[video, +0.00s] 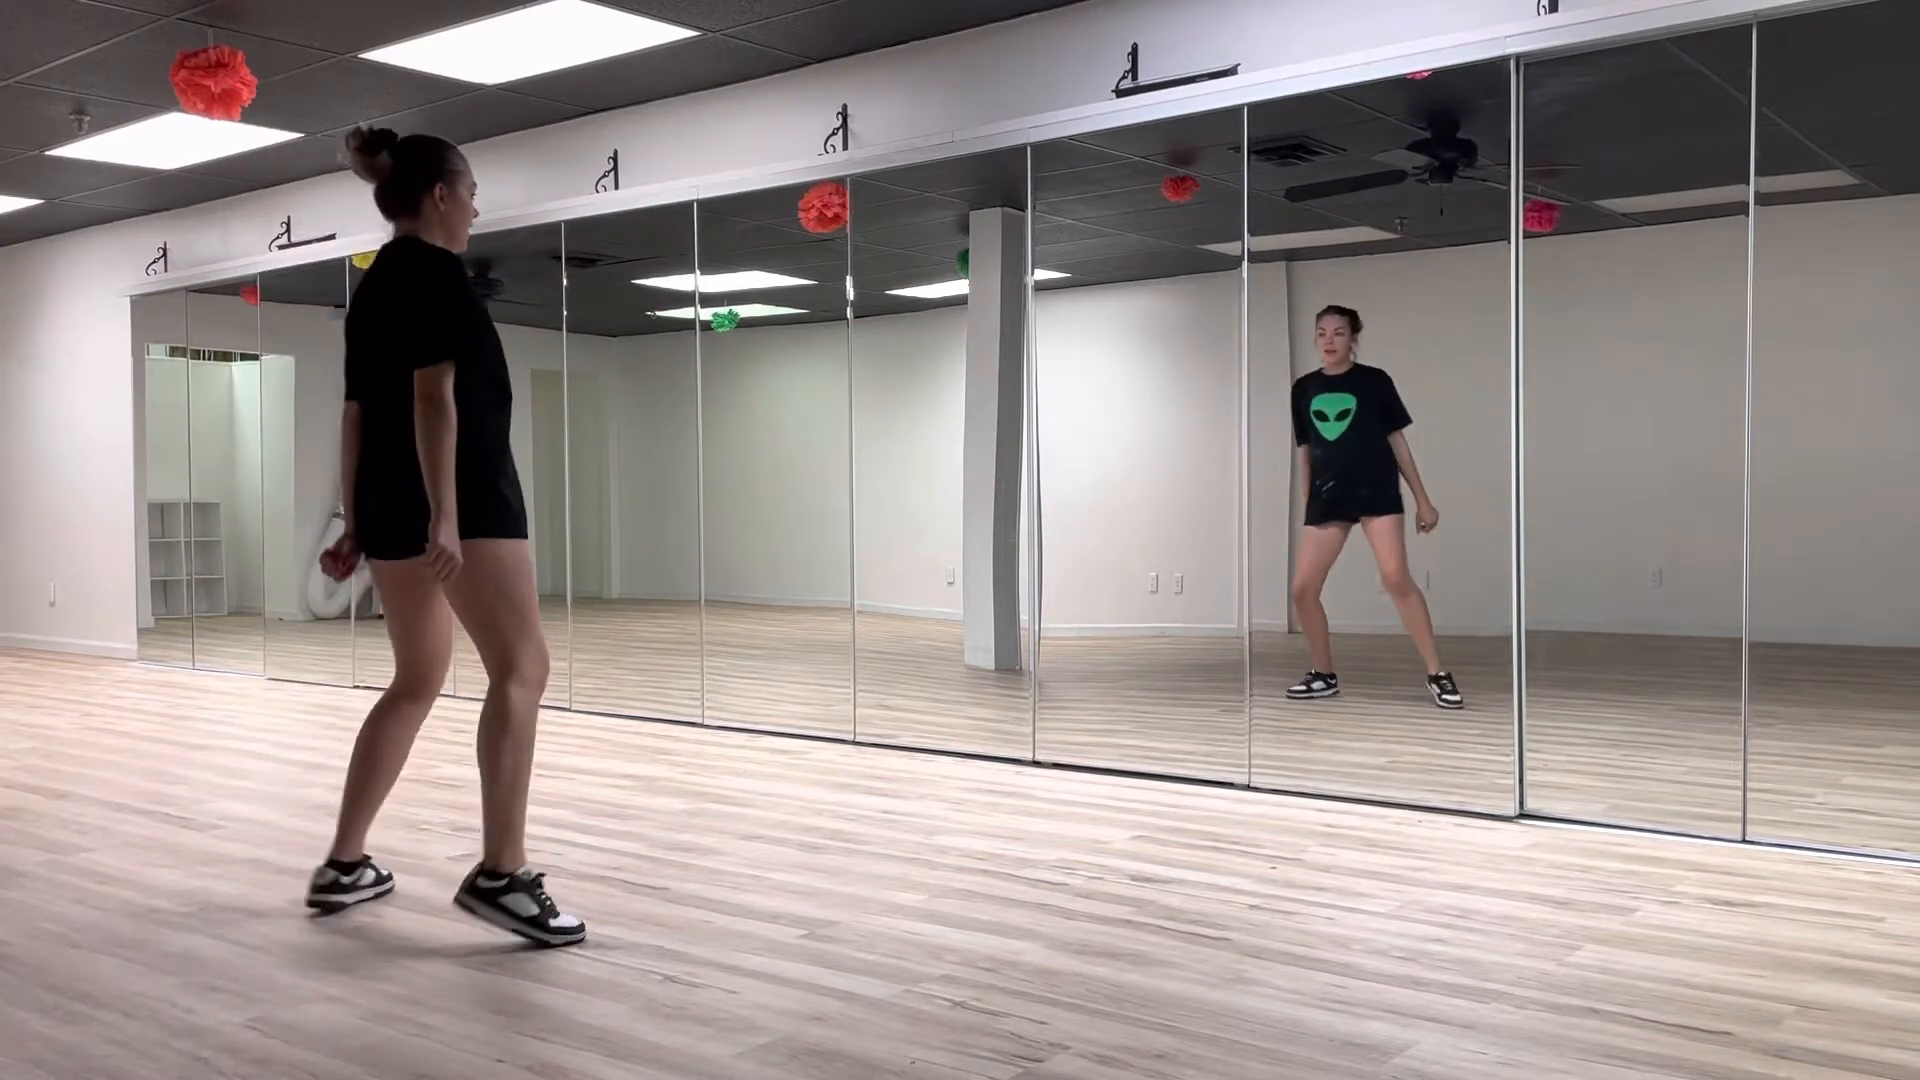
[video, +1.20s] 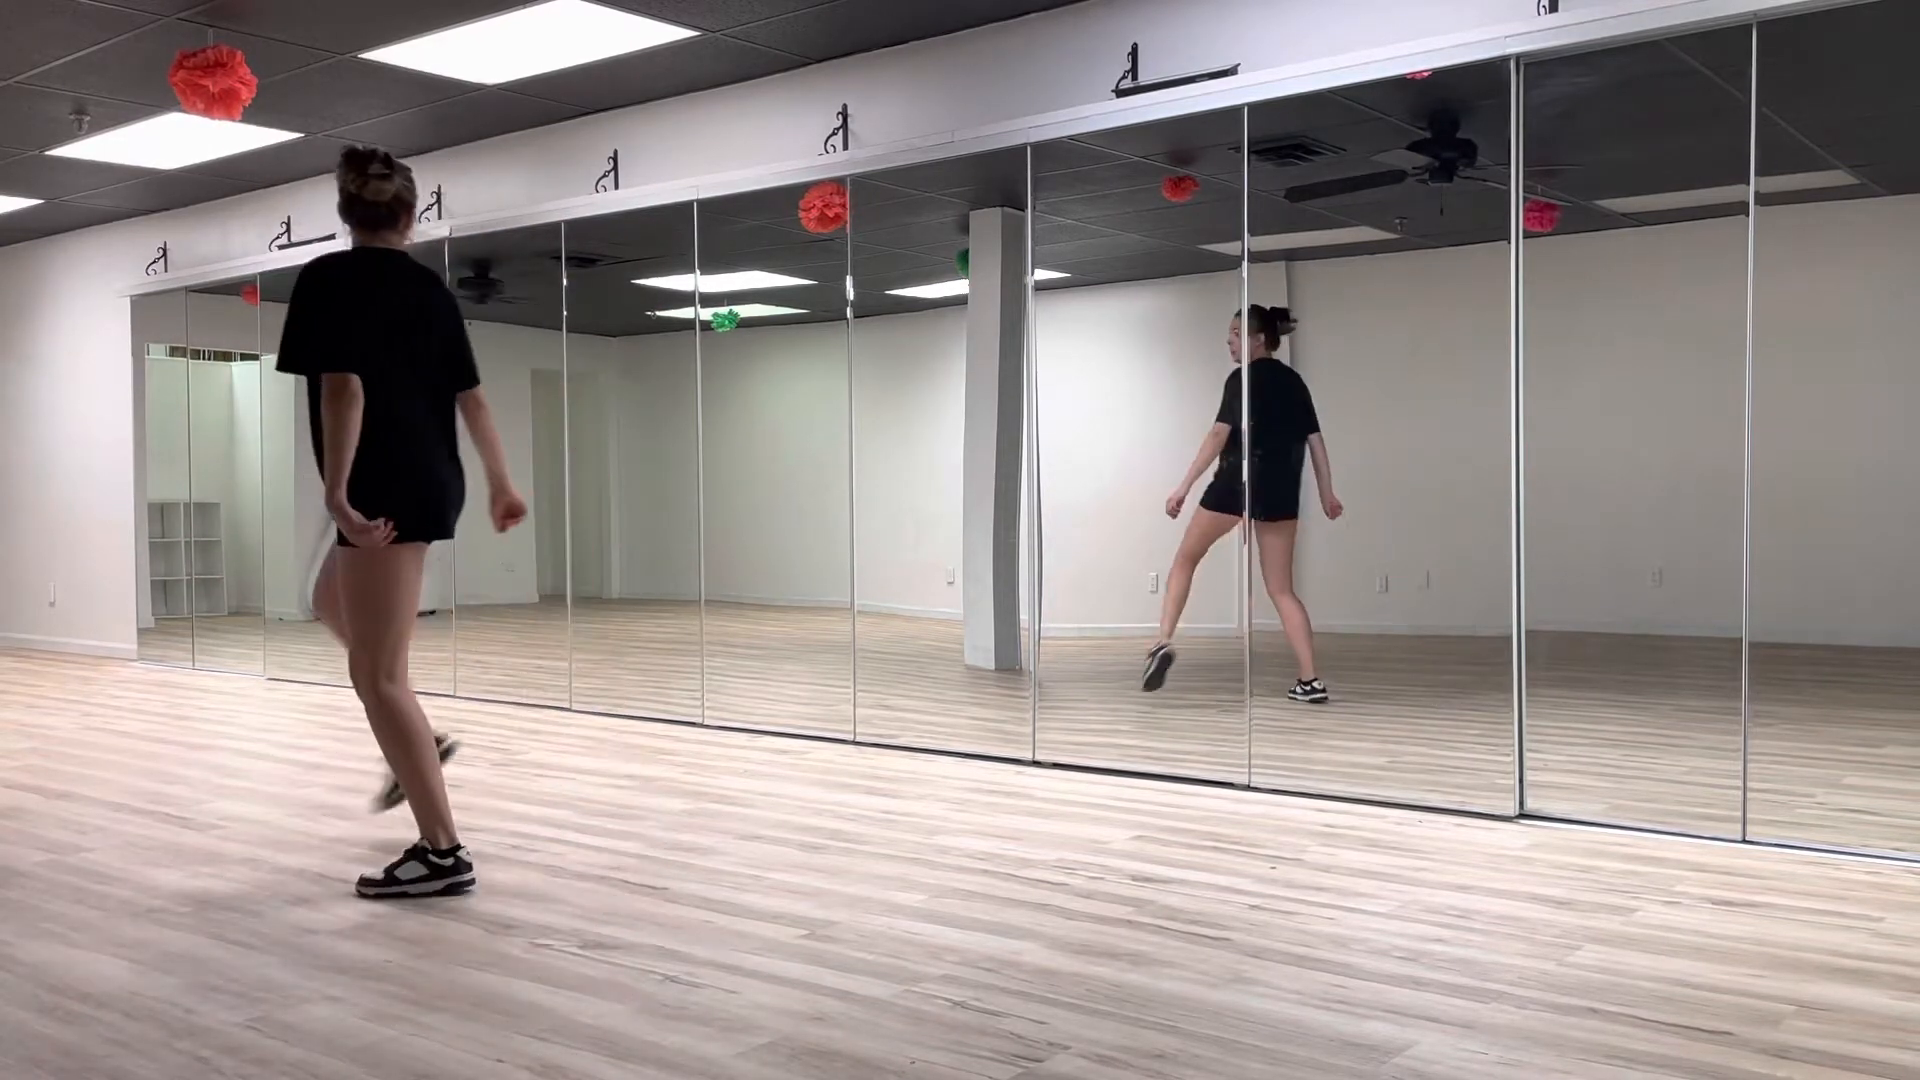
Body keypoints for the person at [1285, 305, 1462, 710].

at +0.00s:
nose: (1329, 339)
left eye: (1338, 333)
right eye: (1323, 333)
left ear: (1353, 339)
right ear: (1315, 339)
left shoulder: (1375, 380)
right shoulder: (1304, 388)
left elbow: (1398, 443)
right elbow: (1305, 453)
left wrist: (1422, 500)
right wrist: (1309, 505)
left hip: (1378, 492)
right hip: (1329, 496)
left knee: (1396, 579)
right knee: (1304, 588)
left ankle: (1436, 675)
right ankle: (1323, 675)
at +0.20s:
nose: (1300, 341)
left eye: (1310, 335)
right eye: (1295, 334)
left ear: (1327, 342)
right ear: (1290, 341)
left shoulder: (1345, 385)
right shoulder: (1284, 390)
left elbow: (1368, 446)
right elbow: (1284, 453)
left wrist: (1394, 504)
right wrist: (1283, 504)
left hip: (1339, 491)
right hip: (1296, 496)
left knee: (1331, 569)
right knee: (1291, 591)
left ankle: (1401, 635)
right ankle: (1323, 677)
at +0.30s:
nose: (1288, 338)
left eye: (1298, 331)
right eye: (1283, 331)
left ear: (1316, 337)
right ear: (1279, 337)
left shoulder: (1332, 381)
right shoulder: (1274, 387)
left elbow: (1354, 444)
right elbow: (1274, 452)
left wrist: (1377, 504)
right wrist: (1274, 502)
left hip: (1328, 484)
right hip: (1287, 491)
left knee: (1296, 557)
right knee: (1288, 588)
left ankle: (1356, 633)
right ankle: (1322, 675)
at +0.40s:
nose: (1278, 332)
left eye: (1288, 325)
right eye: (1274, 325)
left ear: (1306, 331)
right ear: (1269, 331)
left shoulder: (1319, 375)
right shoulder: (1266, 380)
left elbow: (1341, 440)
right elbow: (1263, 438)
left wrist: (1361, 500)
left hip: (1315, 482)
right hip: (1280, 486)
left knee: (1273, 555)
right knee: (1291, 580)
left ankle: (1304, 659)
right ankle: (1321, 670)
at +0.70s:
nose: (1250, 355)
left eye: (1257, 348)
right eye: (1249, 348)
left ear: (1280, 354)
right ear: (1265, 355)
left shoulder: (1284, 397)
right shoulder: (1272, 396)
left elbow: (1295, 461)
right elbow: (1273, 459)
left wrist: (1305, 523)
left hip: (1257, 510)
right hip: (1271, 510)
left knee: (1231, 594)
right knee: (1260, 600)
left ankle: (1257, 692)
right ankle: (1311, 680)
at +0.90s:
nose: (1247, 340)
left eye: (1254, 333)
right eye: (1248, 332)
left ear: (1277, 337)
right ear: (1279, 339)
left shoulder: (1269, 378)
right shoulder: (1302, 381)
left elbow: (1265, 439)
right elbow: (1316, 442)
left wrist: (1236, 489)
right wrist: (1319, 495)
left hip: (1262, 493)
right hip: (1297, 496)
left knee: (1220, 575)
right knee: (1278, 592)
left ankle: (1234, 662)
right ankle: (1313, 681)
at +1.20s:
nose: (1229, 342)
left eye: (1236, 335)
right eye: (1230, 335)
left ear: (1258, 339)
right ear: (1266, 341)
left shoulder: (1241, 378)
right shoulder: (1295, 382)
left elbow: (1218, 436)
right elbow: (1315, 441)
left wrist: (1184, 485)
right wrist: (1327, 493)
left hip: (1234, 486)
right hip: (1283, 492)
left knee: (1186, 559)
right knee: (1282, 591)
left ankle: (1163, 640)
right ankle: (1309, 679)